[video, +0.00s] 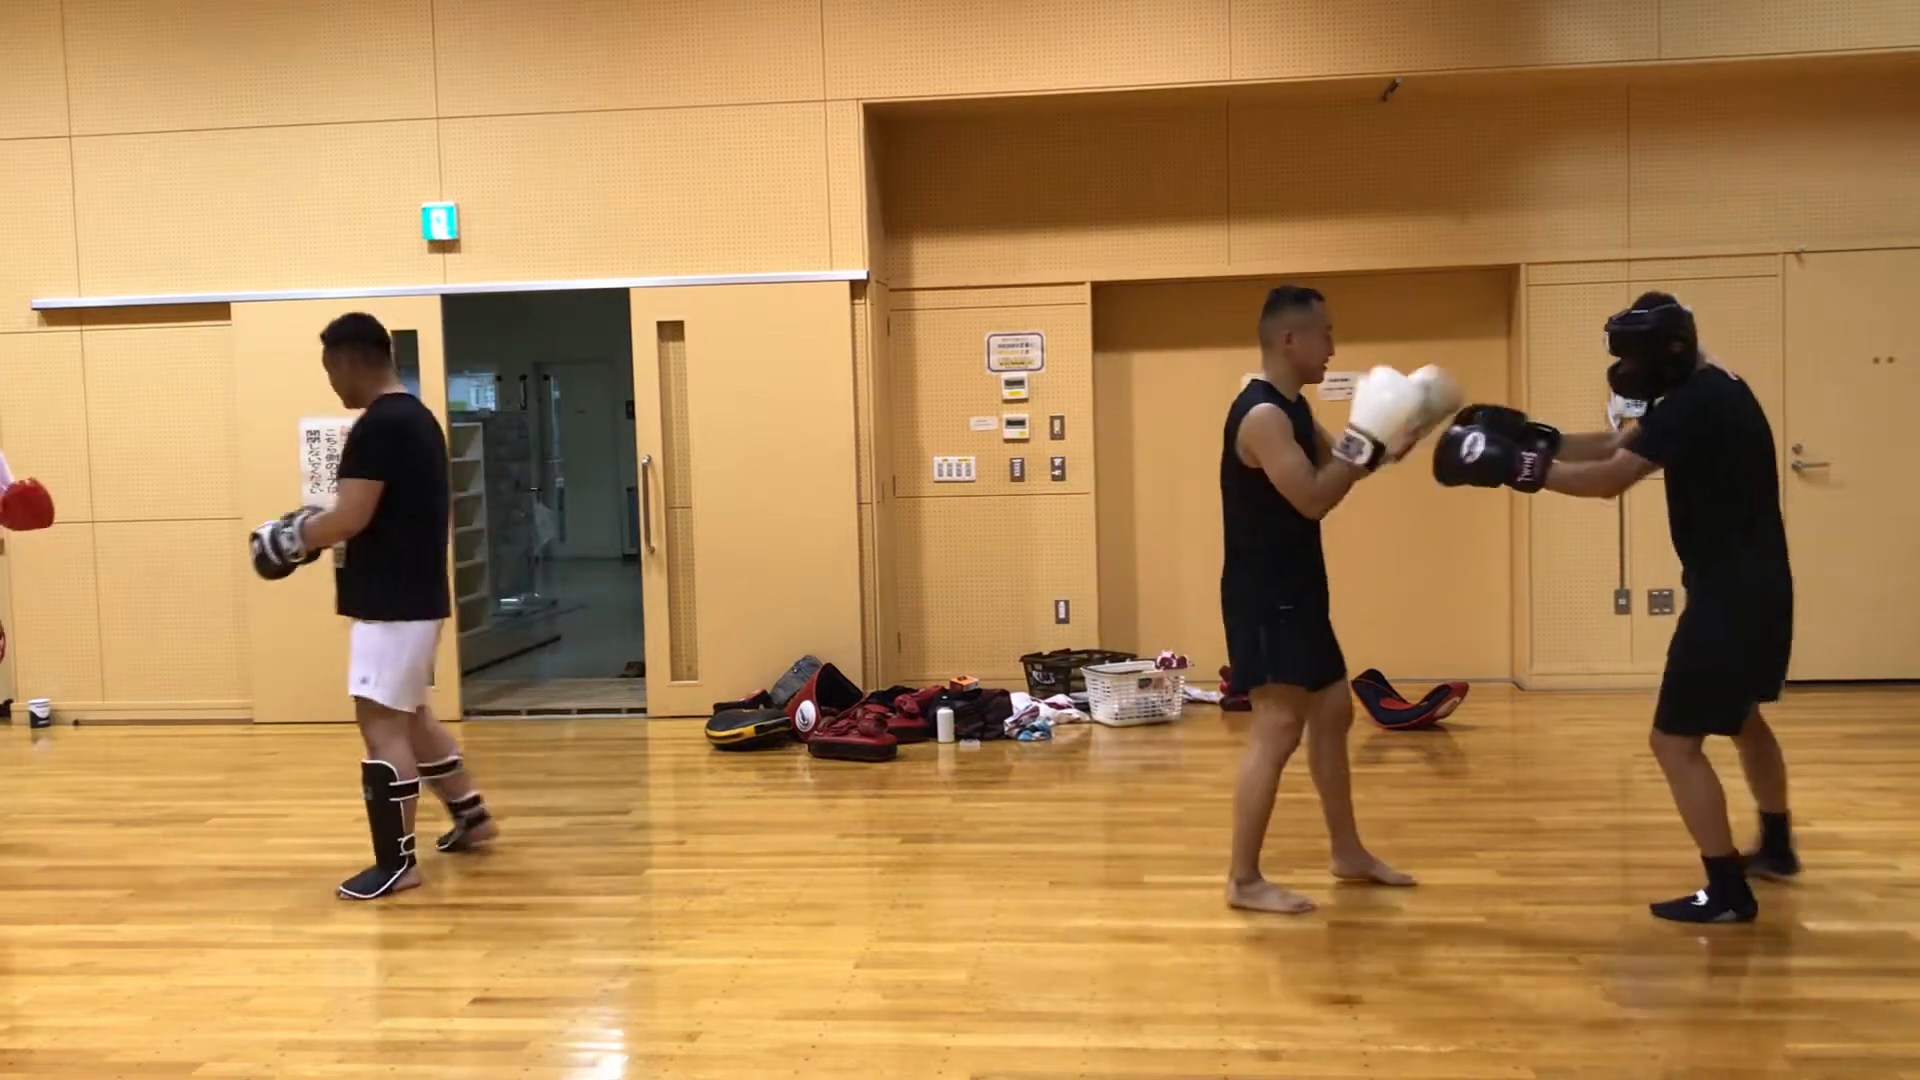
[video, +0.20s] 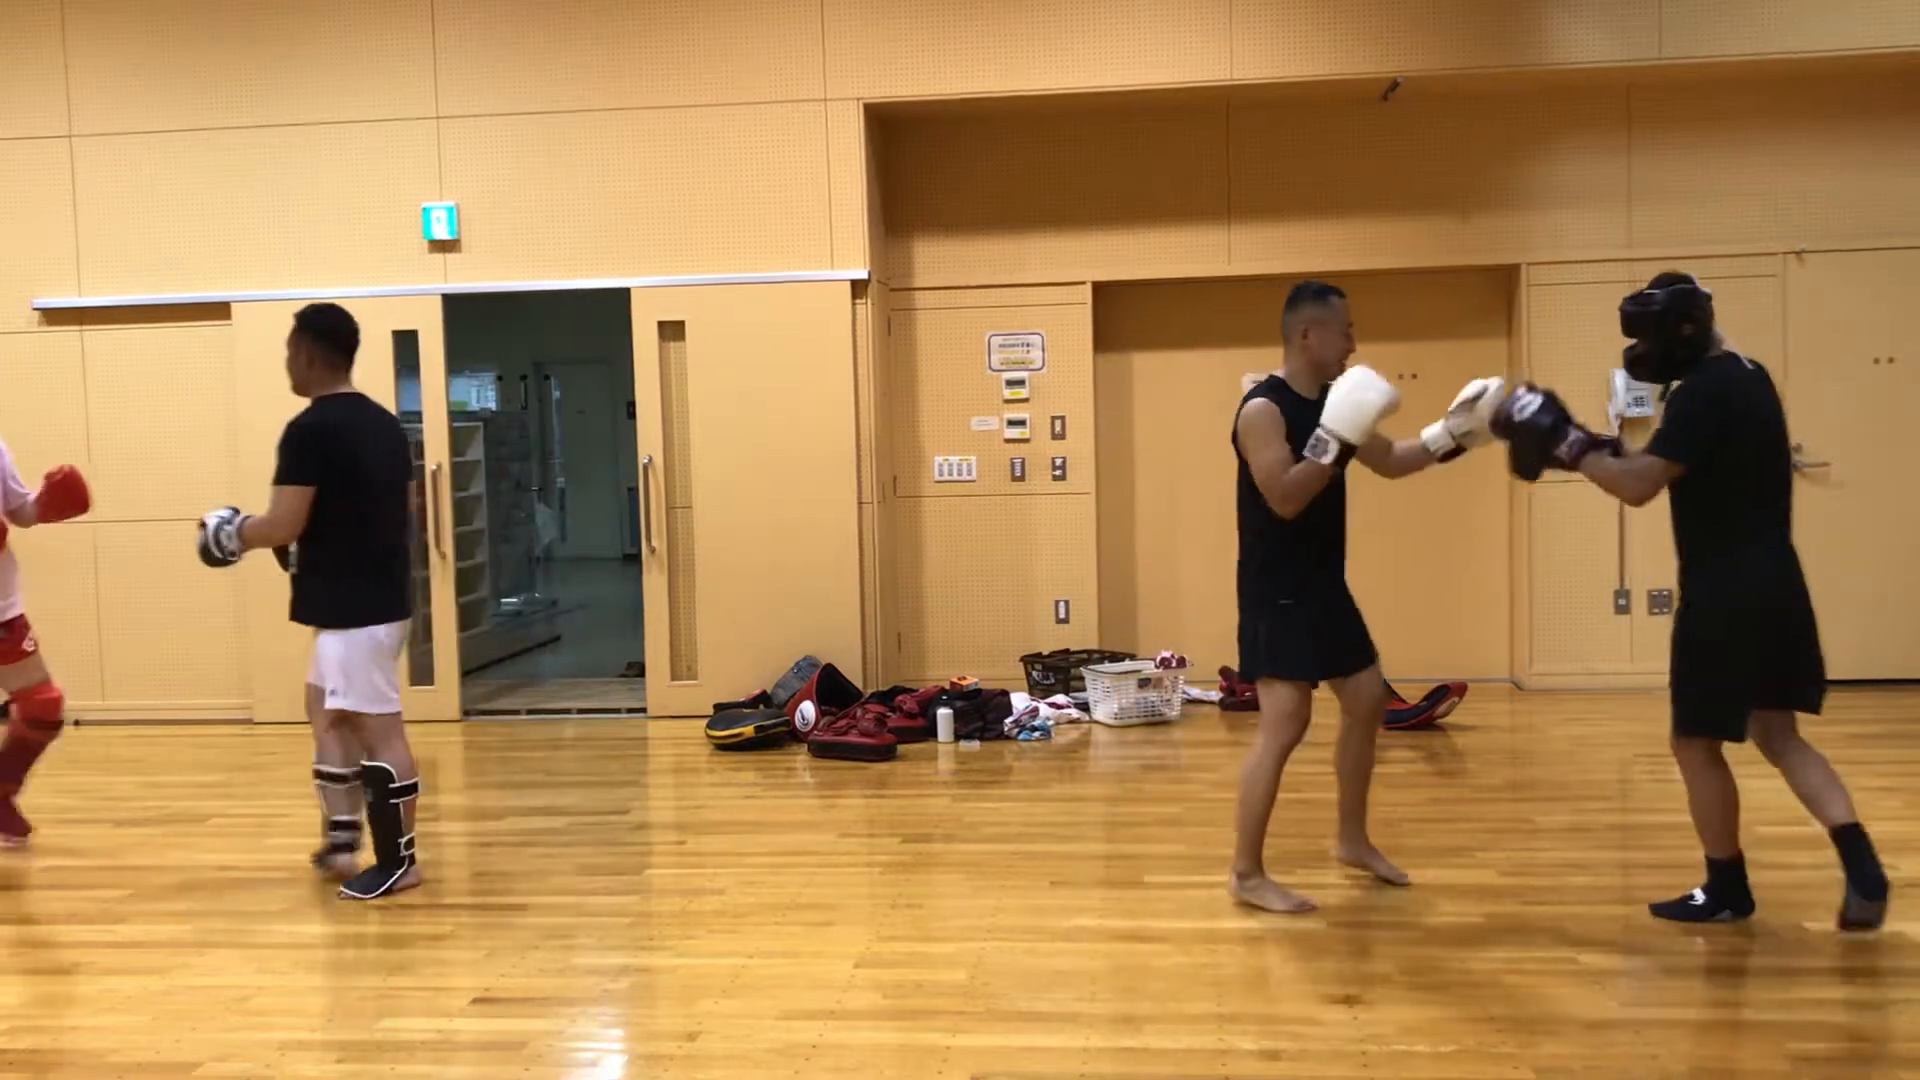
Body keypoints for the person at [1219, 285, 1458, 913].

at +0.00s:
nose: (1330, 348)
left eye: (1330, 336)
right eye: (1323, 335)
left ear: (1288, 341)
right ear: (1287, 339)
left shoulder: (1290, 408)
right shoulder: (1262, 415)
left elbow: (1343, 466)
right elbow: (1313, 500)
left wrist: (1401, 434)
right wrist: (1361, 442)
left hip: (1297, 595)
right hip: (1266, 598)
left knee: (1332, 711)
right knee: (1276, 725)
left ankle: (1348, 853)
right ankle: (1243, 879)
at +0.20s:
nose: (1352, 346)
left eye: (1351, 333)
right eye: (1343, 333)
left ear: (1314, 338)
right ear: (1305, 336)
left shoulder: (1330, 406)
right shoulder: (1261, 411)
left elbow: (1391, 460)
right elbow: (1285, 499)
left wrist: (1456, 429)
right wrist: (1338, 429)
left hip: (1324, 588)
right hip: (1274, 593)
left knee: (1366, 698)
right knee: (1282, 724)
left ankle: (1352, 840)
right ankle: (1245, 873)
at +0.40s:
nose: (1376, 361)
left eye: (1378, 350)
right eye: (1366, 349)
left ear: (1362, 352)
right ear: (1325, 348)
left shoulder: (1366, 418)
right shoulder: (1276, 415)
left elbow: (1392, 500)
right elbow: (1256, 507)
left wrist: (1439, 487)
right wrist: (1319, 484)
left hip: (1339, 589)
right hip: (1281, 592)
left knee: (1377, 710)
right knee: (1287, 722)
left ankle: (1369, 845)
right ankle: (1248, 873)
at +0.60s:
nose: (1394, 376)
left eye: (1399, 365)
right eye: (1385, 363)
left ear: (1390, 364)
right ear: (1344, 358)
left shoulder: (1380, 432)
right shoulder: (1288, 415)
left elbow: (1412, 516)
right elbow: (1274, 496)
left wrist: (1446, 490)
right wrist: (1342, 465)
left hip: (1335, 591)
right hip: (1271, 591)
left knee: (1379, 708)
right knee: (1265, 718)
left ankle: (1368, 847)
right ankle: (1248, 856)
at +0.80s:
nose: (1333, 368)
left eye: (1339, 358)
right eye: (1320, 356)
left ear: (1345, 365)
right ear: (1294, 355)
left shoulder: (1344, 424)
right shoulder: (1244, 413)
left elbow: (1400, 486)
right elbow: (1275, 469)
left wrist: (1420, 442)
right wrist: (1301, 405)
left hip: (1321, 593)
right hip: (1252, 594)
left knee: (1366, 709)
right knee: (1210, 720)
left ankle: (1368, 846)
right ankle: (1208, 826)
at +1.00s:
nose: (1269, 385)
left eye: (1277, 374)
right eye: (1257, 374)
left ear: (1289, 375)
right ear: (1233, 373)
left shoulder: (1305, 435)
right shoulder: (1195, 436)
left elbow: (1356, 506)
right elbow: (1212, 500)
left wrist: (1367, 457)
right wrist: (1236, 434)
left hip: (1295, 605)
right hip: (1226, 608)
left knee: (1350, 720)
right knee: (1188, 732)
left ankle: (1370, 843)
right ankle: (1210, 835)